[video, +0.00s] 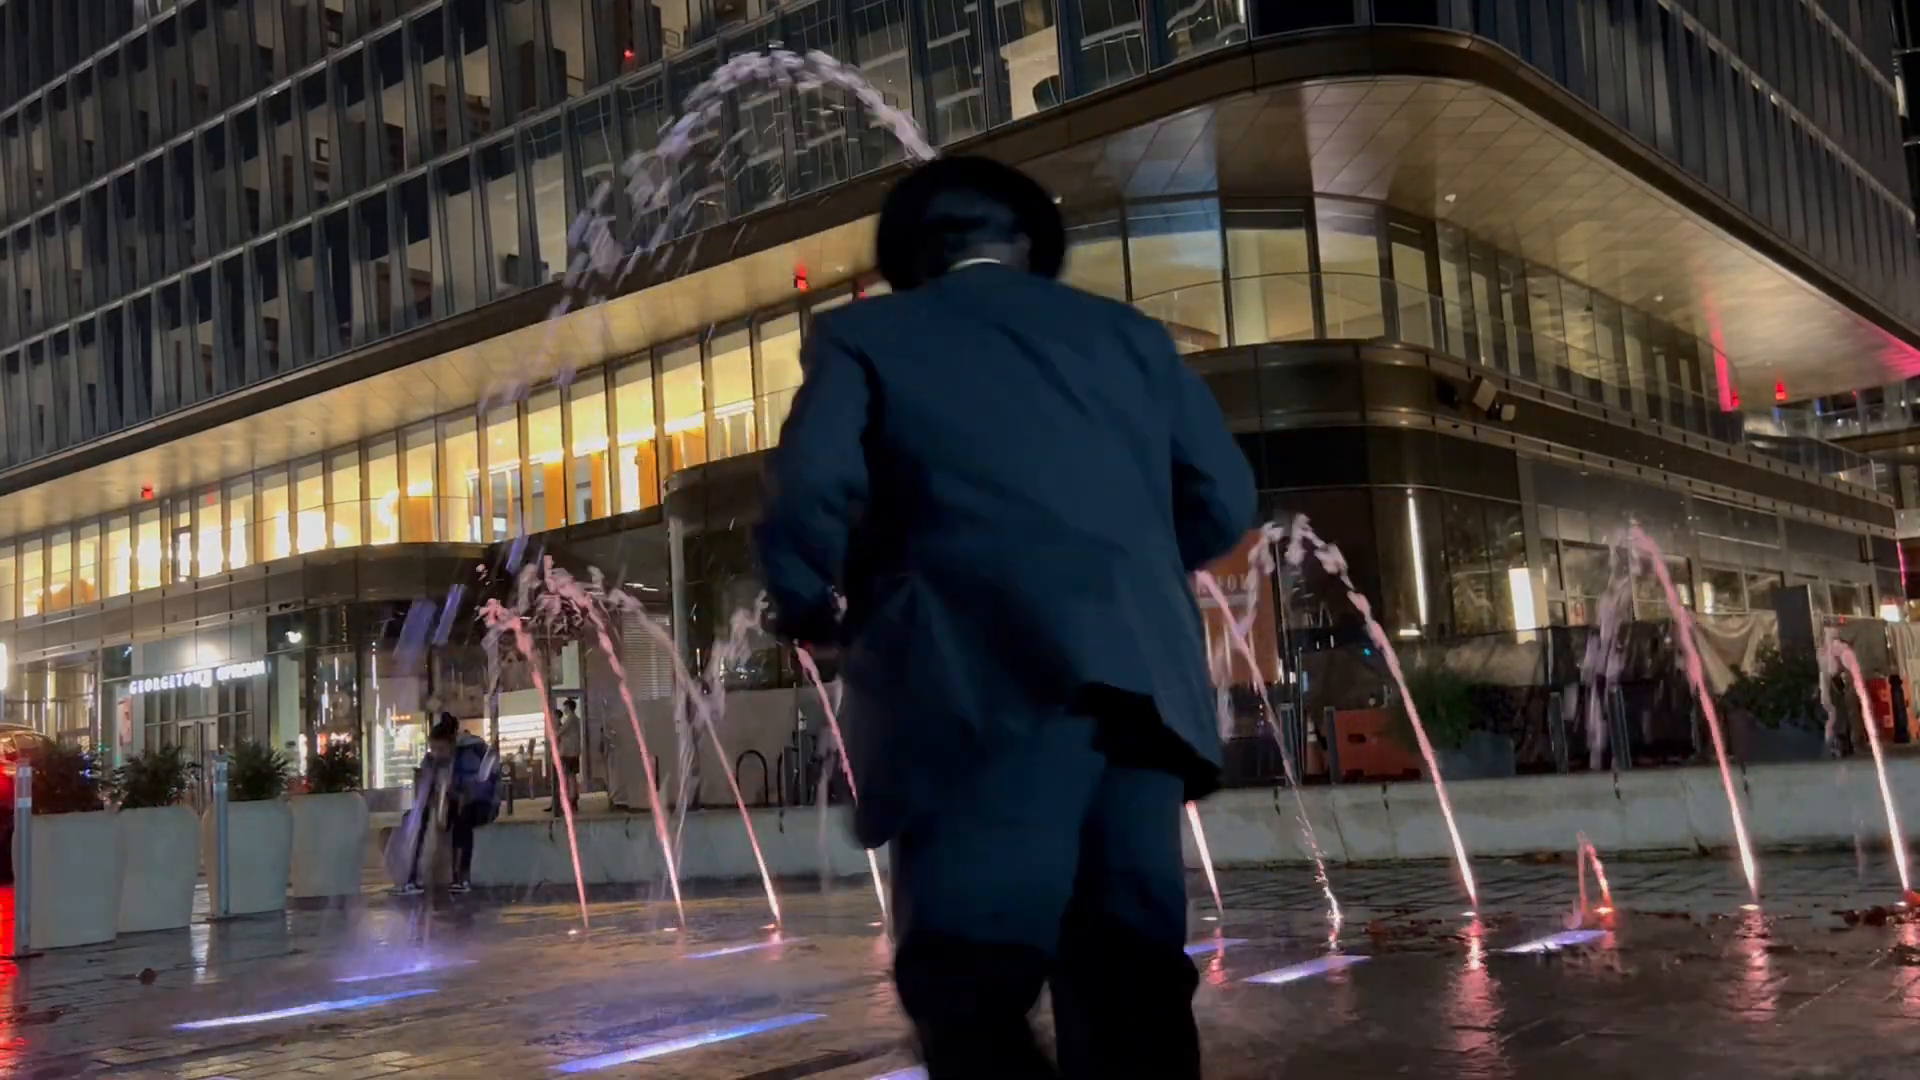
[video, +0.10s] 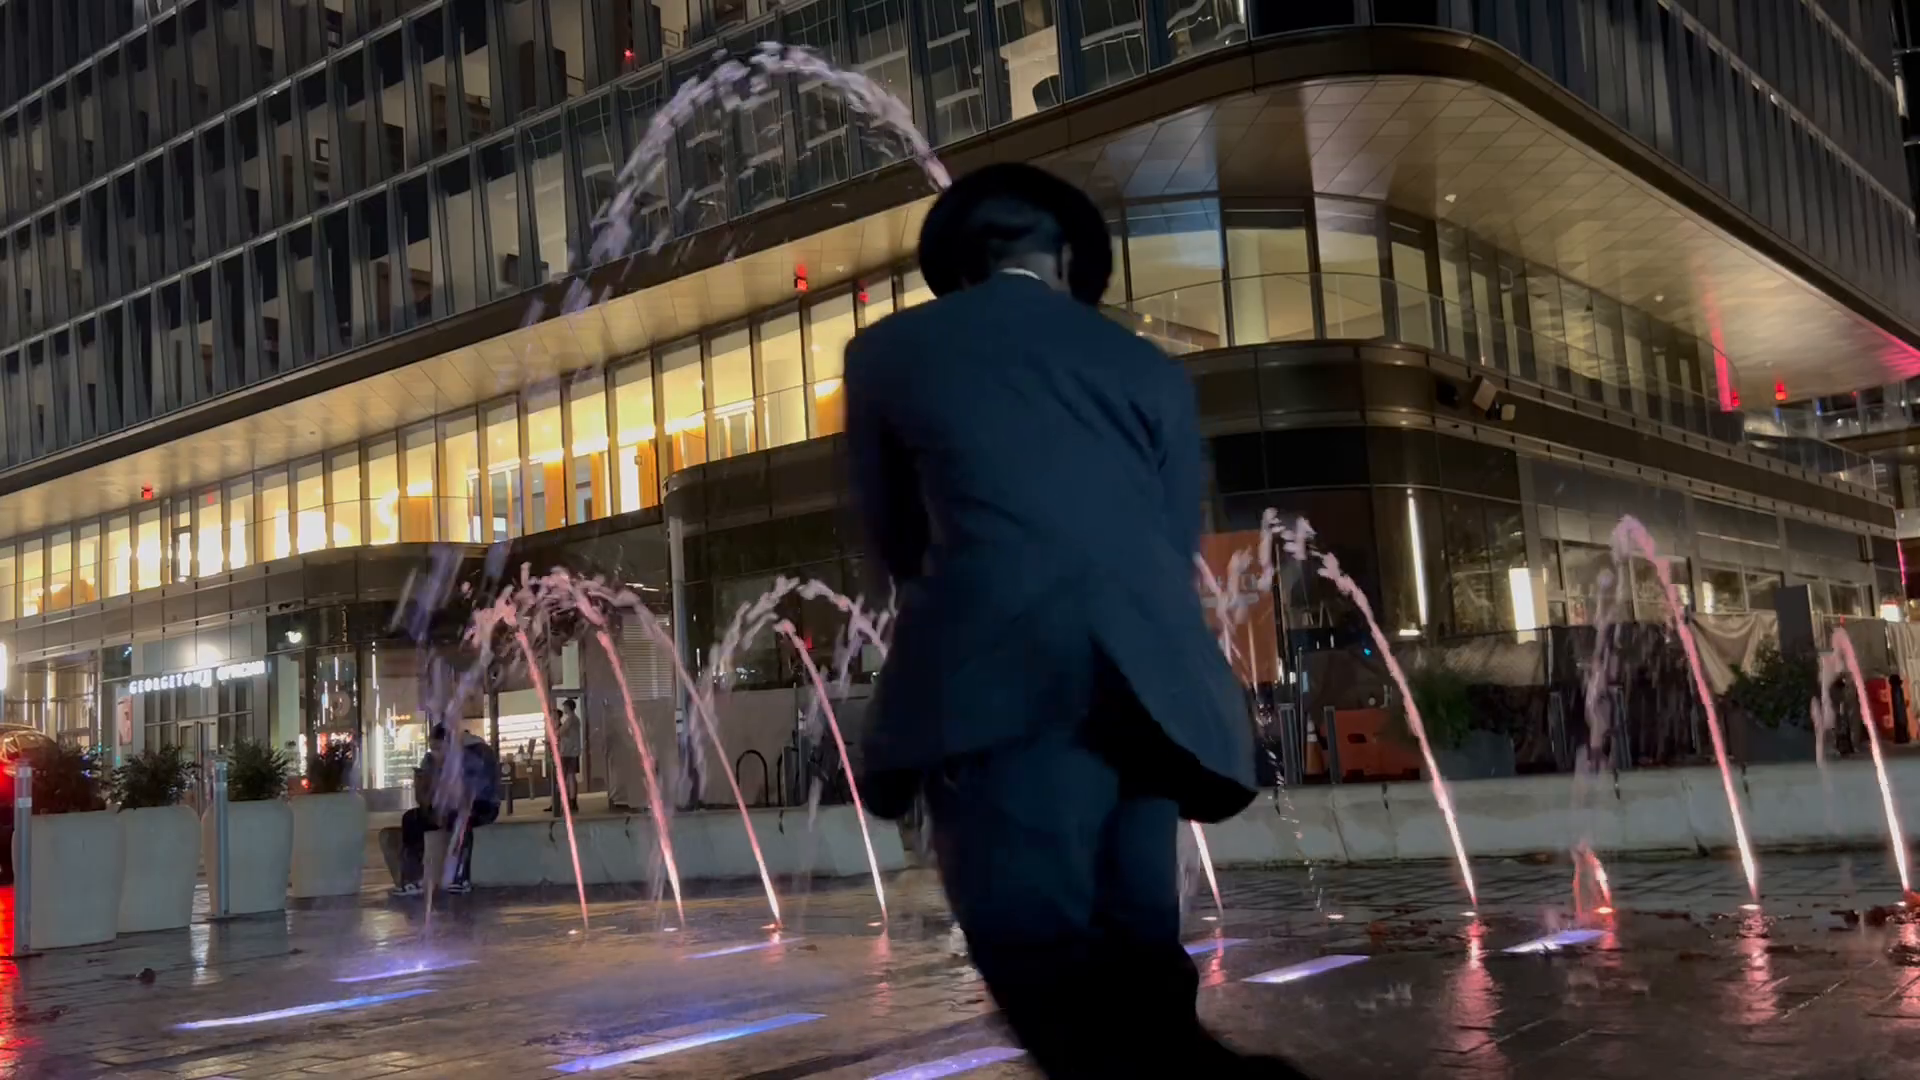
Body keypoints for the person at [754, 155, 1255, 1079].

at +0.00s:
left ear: (904, 261)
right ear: (1035, 251)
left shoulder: (868, 332)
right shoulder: (1130, 330)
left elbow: (806, 495)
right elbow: (1227, 502)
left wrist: (814, 617)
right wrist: (1121, 566)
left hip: (974, 693)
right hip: (1143, 691)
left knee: (965, 999)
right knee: (1133, 994)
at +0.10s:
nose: (1045, 266)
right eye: (1055, 253)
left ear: (953, 267)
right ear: (1070, 265)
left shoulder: (891, 348)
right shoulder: (1151, 362)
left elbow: (893, 536)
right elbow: (1181, 528)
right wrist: (1115, 616)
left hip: (992, 672)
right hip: (1147, 665)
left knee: (1038, 964)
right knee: (1146, 952)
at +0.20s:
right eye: (1065, 274)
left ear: (961, 277)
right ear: (1074, 281)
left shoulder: (918, 350)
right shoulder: (1152, 385)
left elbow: (935, 485)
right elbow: (1143, 536)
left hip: (1034, 695)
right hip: (1165, 696)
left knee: (1062, 970)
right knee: (1161, 975)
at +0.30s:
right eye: (1054, 255)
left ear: (960, 262)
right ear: (1071, 266)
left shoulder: (922, 332)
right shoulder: (1156, 364)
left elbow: (930, 530)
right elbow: (1199, 532)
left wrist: (1019, 563)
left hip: (1041, 654)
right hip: (1177, 664)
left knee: (1015, 946)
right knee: (1138, 966)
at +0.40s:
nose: (942, 256)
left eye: (947, 240)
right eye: (948, 241)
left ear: (962, 240)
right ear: (1062, 245)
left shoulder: (928, 314)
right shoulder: (1165, 337)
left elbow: (879, 473)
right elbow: (1275, 465)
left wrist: (872, 567)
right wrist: (1193, 573)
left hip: (1041, 660)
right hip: (1182, 667)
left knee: (979, 929)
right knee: (1144, 941)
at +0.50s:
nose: (933, 241)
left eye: (937, 225)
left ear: (952, 225)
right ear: (1052, 234)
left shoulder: (927, 299)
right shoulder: (1155, 325)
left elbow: (938, 467)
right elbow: (1252, 469)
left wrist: (918, 529)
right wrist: (1150, 517)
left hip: (1027, 685)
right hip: (1175, 688)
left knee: (968, 998)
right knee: (1165, 1002)